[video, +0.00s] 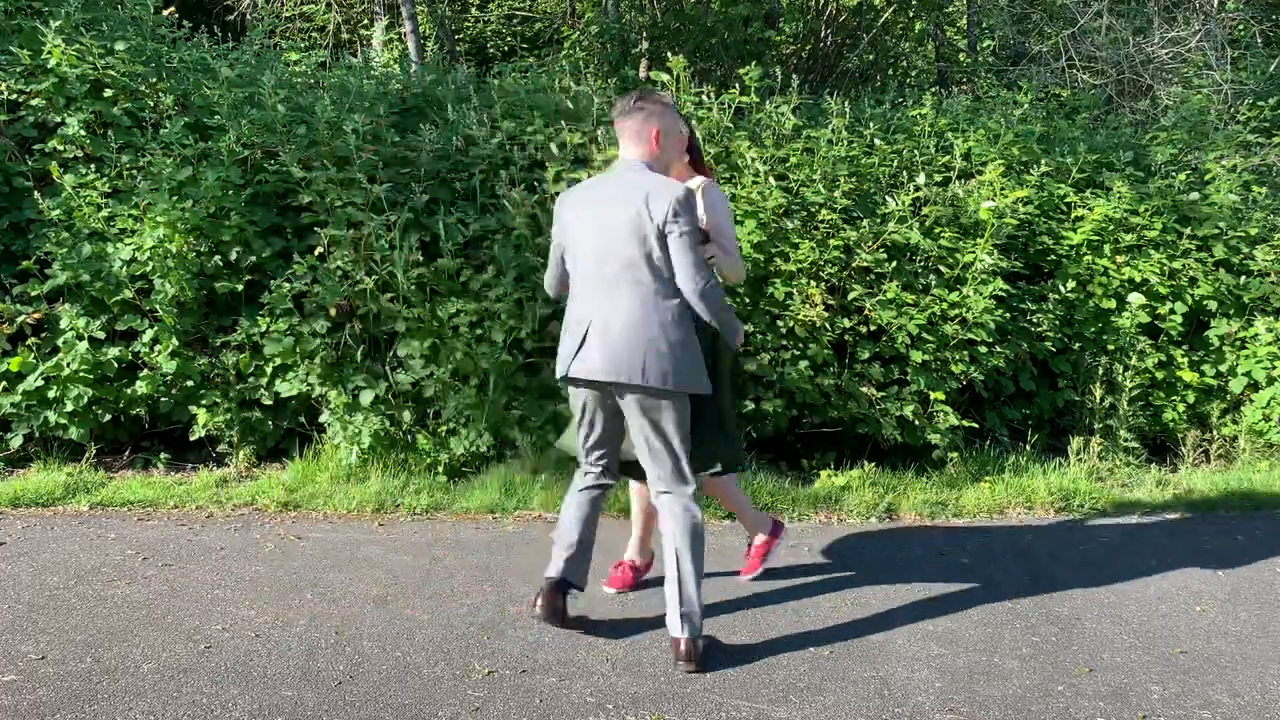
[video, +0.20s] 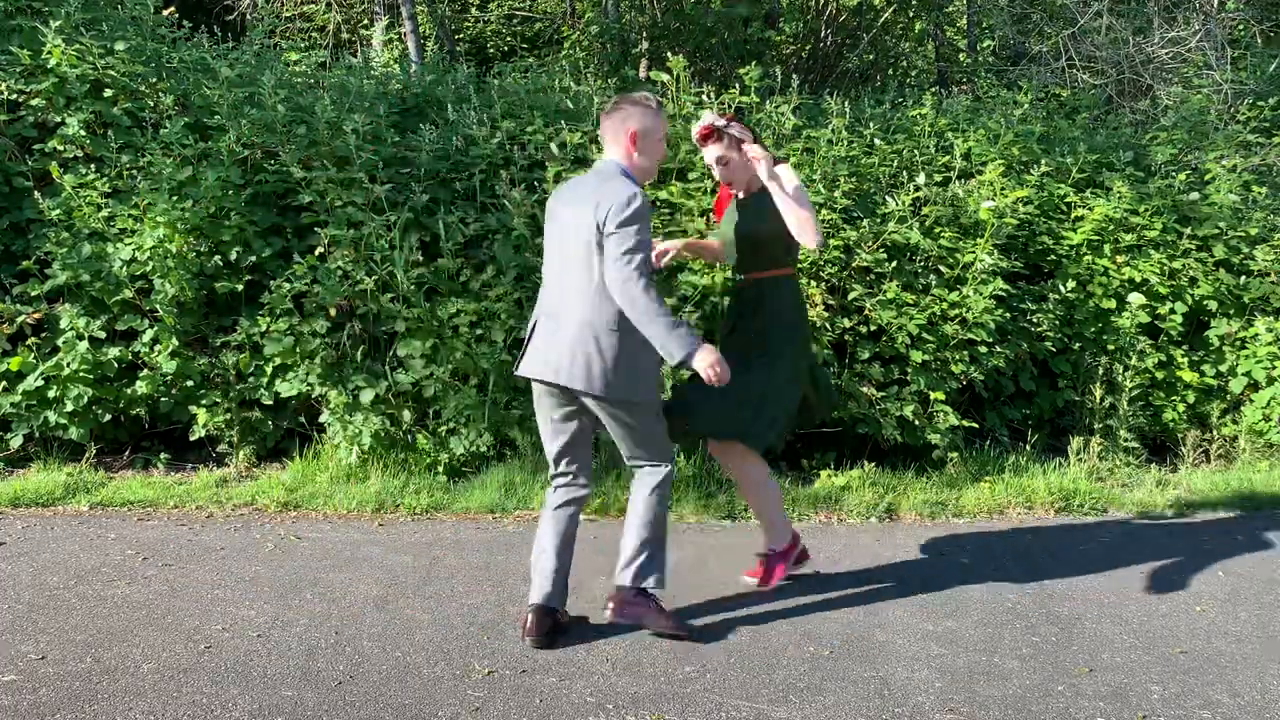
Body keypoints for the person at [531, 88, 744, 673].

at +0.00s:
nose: (682, 151)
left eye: (682, 141)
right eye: (679, 140)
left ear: (621, 138)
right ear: (656, 136)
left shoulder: (572, 198)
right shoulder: (669, 194)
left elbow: (556, 283)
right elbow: (695, 285)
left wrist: (607, 282)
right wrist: (734, 330)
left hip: (582, 356)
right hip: (653, 357)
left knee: (591, 472)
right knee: (673, 489)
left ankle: (556, 583)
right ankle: (686, 633)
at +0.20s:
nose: (663, 160)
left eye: (665, 149)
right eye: (661, 148)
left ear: (609, 141)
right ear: (634, 141)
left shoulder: (563, 194)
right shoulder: (624, 197)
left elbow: (568, 269)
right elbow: (627, 280)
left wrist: (641, 259)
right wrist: (690, 348)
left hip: (546, 356)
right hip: (605, 360)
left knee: (566, 479)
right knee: (653, 463)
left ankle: (543, 608)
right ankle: (635, 593)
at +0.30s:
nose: (660, 157)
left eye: (661, 145)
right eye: (655, 144)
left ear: (612, 144)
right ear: (624, 143)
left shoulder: (565, 194)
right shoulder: (606, 198)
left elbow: (600, 261)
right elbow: (594, 279)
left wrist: (661, 249)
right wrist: (633, 346)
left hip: (534, 358)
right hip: (585, 360)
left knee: (563, 480)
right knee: (641, 452)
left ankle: (542, 609)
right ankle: (606, 574)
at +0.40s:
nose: (658, 165)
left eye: (659, 154)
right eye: (652, 154)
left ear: (615, 154)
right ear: (618, 153)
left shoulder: (587, 203)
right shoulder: (594, 201)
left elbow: (623, 276)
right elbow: (554, 276)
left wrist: (685, 258)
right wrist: (571, 344)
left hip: (529, 364)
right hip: (573, 368)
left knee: (563, 477)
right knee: (623, 451)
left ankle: (542, 602)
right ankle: (574, 556)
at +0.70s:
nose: (653, 203)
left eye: (656, 193)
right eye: (647, 192)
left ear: (624, 188)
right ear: (612, 185)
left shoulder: (616, 244)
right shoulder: (565, 232)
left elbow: (633, 304)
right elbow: (506, 295)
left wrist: (700, 302)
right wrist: (456, 357)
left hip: (522, 376)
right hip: (540, 375)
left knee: (548, 478)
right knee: (597, 460)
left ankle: (498, 583)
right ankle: (556, 572)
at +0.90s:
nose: (644, 210)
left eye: (648, 200)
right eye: (637, 198)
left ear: (618, 194)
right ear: (602, 189)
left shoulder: (618, 250)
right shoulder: (550, 236)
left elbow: (645, 304)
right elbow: (496, 301)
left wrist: (718, 311)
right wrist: (454, 363)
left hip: (526, 377)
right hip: (528, 374)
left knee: (535, 484)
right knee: (595, 453)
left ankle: (442, 545)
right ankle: (558, 570)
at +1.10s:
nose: (628, 191)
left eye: (632, 181)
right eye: (621, 180)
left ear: (626, 182)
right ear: (586, 173)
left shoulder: (611, 236)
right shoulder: (534, 221)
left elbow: (652, 285)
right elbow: (487, 289)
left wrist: (718, 281)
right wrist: (469, 350)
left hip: (535, 366)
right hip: (513, 362)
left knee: (503, 473)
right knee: (578, 450)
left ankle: (387, 490)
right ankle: (555, 571)